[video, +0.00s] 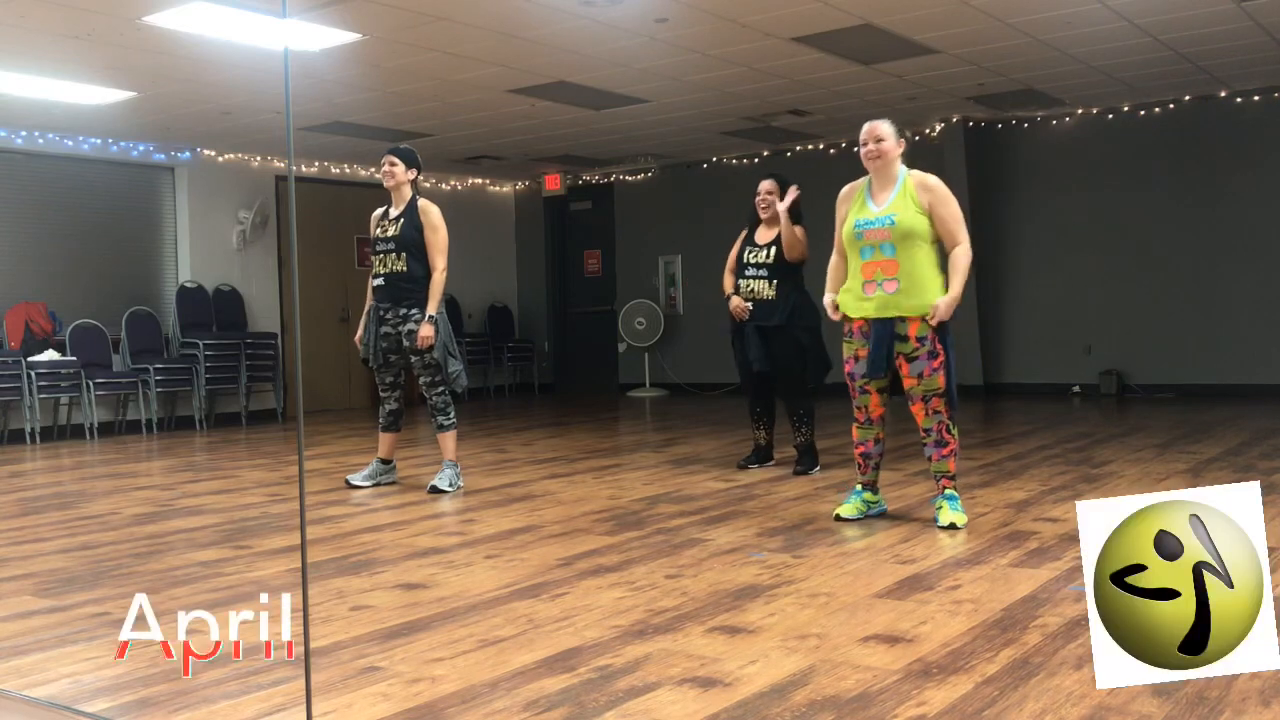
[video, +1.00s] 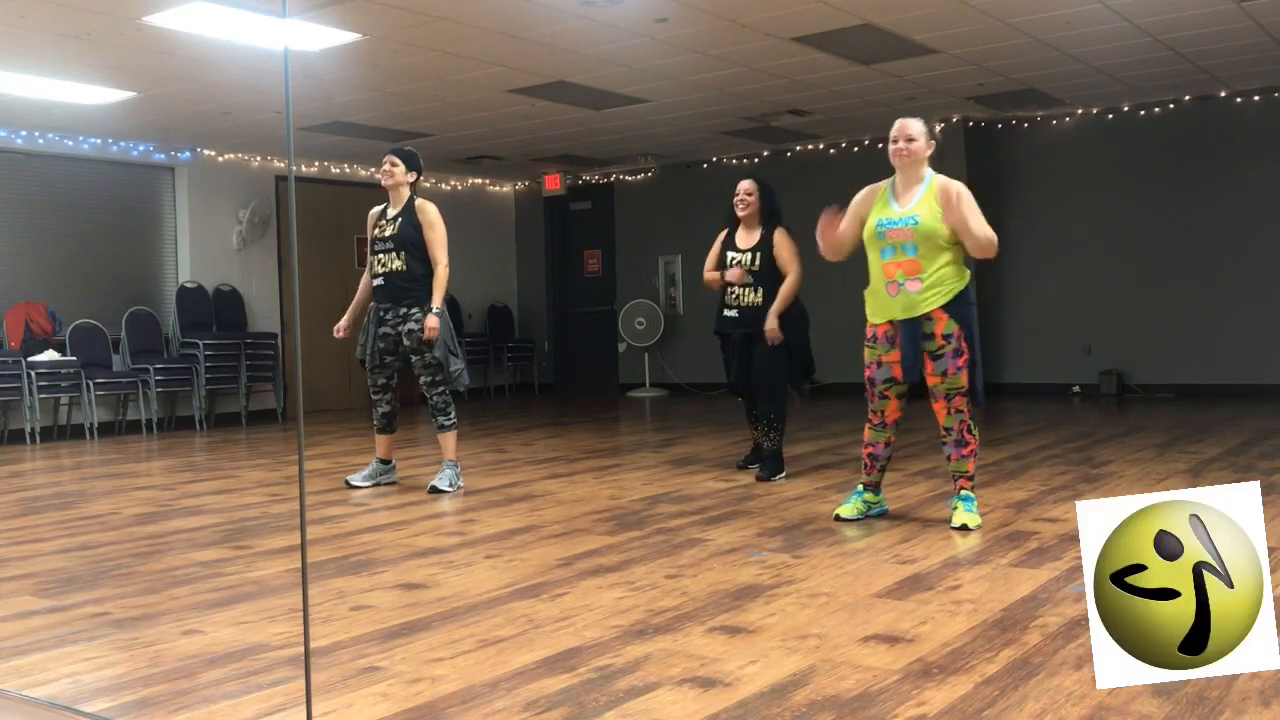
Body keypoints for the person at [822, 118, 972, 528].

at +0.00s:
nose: (870, 148)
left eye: (879, 140)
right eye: (864, 143)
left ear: (900, 146)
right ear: (859, 153)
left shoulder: (926, 187)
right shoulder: (849, 196)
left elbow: (959, 245)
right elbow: (840, 251)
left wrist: (952, 296)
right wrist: (831, 290)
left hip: (917, 319)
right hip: (861, 321)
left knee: (931, 408)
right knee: (865, 409)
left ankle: (947, 495)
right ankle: (867, 492)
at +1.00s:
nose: (900, 146)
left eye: (909, 139)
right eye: (894, 140)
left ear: (929, 146)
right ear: (887, 149)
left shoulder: (950, 191)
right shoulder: (869, 197)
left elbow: (987, 249)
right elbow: (837, 251)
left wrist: (961, 220)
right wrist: (828, 240)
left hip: (941, 313)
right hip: (884, 317)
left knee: (952, 404)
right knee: (880, 407)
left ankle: (964, 496)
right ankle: (869, 492)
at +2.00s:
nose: (876, 144)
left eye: (885, 137)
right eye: (871, 140)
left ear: (907, 146)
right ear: (865, 152)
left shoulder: (928, 191)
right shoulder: (850, 198)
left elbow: (961, 251)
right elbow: (832, 256)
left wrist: (970, 309)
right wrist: (820, 309)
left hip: (918, 316)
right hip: (863, 321)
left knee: (937, 406)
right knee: (867, 409)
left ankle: (961, 495)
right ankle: (869, 493)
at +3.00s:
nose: (879, 142)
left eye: (889, 135)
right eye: (874, 138)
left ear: (911, 144)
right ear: (869, 151)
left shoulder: (926, 191)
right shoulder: (858, 192)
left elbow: (956, 248)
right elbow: (850, 250)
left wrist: (975, 305)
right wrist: (844, 305)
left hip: (928, 310)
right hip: (873, 312)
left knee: (939, 402)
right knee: (832, 380)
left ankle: (951, 494)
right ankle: (858, 471)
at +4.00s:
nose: (843, 149)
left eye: (852, 142)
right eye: (836, 146)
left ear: (870, 151)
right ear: (829, 161)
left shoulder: (903, 187)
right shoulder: (822, 210)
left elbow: (944, 236)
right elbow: (802, 269)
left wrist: (970, 288)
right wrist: (773, 261)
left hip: (907, 313)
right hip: (846, 322)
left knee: (944, 374)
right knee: (846, 405)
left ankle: (936, 478)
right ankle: (867, 489)